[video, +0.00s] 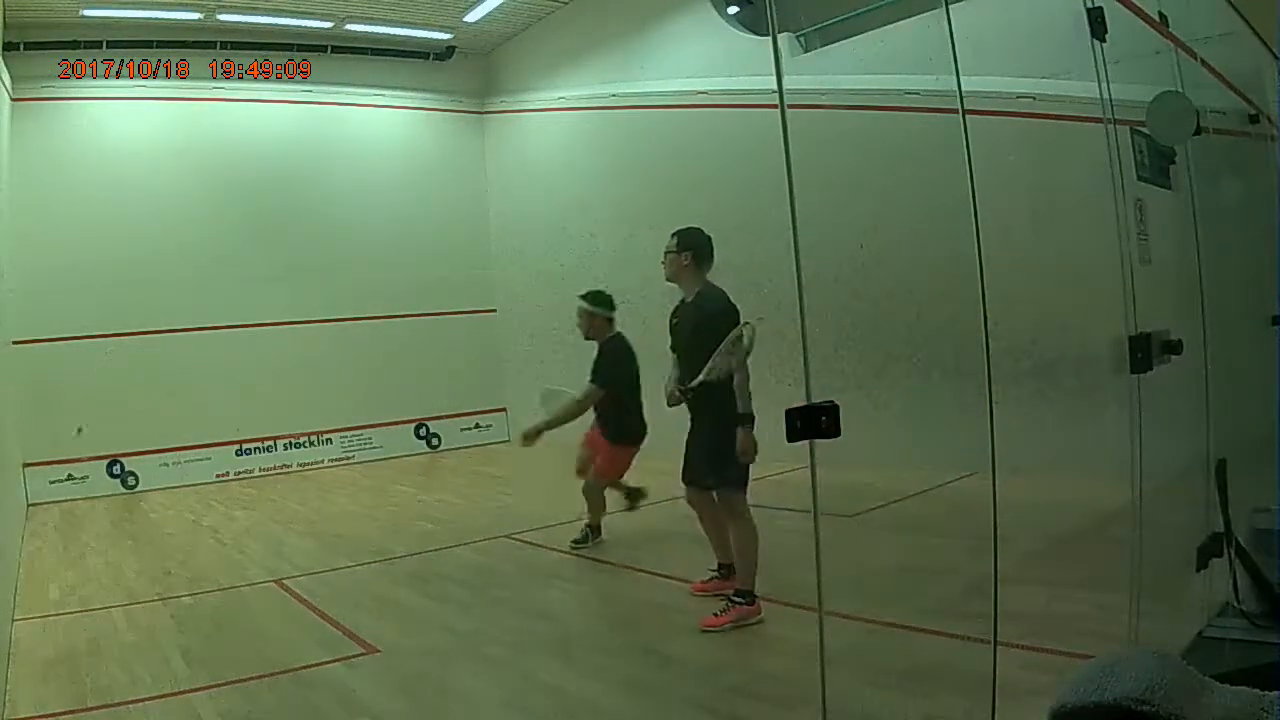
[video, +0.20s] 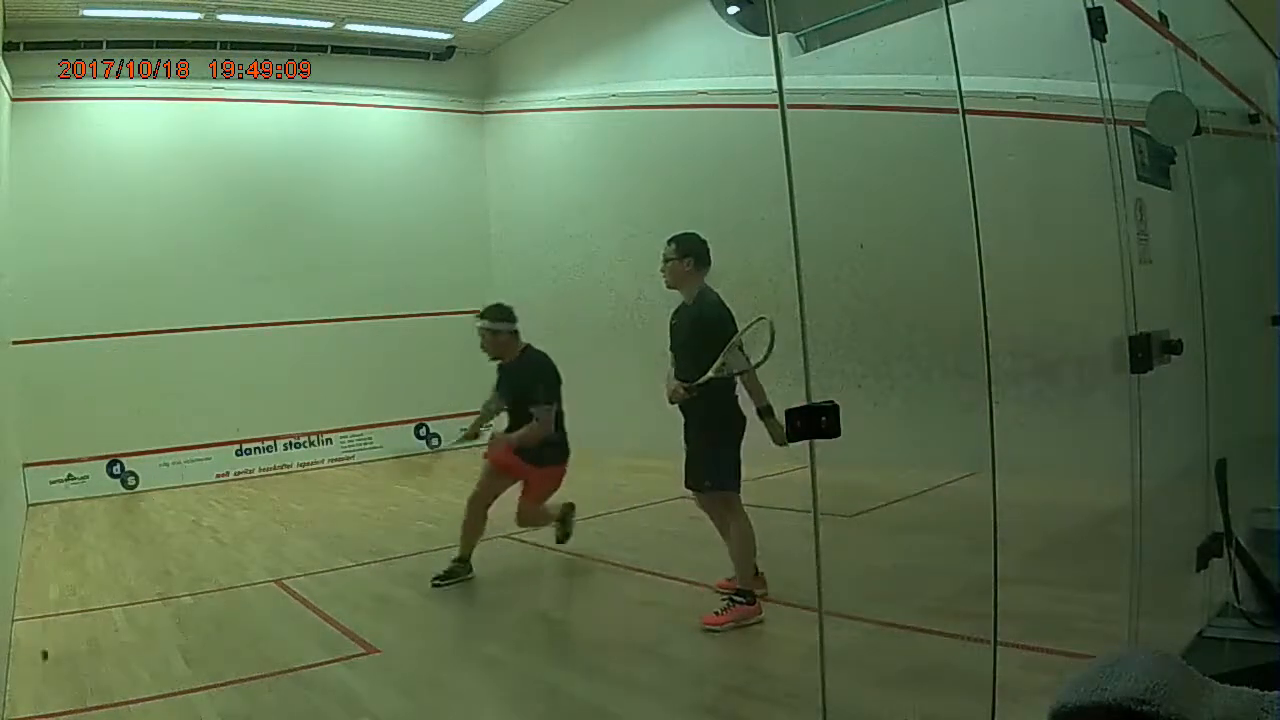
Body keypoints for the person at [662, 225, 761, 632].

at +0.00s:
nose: (663, 261)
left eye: (668, 255)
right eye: (664, 255)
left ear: (687, 259)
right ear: (686, 260)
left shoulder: (718, 306)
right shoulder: (680, 311)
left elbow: (739, 367)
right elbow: (681, 360)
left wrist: (745, 424)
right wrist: (674, 385)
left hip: (727, 418)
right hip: (702, 418)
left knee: (732, 502)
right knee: (697, 494)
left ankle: (747, 599)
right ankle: (727, 570)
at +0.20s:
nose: (662, 268)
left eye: (669, 261)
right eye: (663, 261)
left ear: (691, 265)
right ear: (686, 267)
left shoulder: (713, 310)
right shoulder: (680, 314)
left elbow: (743, 368)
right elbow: (677, 364)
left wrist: (769, 417)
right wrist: (673, 385)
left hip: (721, 418)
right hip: (698, 418)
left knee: (726, 500)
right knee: (705, 495)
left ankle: (747, 597)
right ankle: (749, 574)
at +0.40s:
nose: (655, 273)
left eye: (661, 265)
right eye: (655, 266)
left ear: (684, 269)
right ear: (679, 271)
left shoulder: (693, 311)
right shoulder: (687, 307)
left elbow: (715, 370)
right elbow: (684, 365)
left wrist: (725, 418)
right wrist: (664, 387)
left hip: (692, 424)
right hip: (705, 421)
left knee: (677, 507)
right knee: (718, 498)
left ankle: (724, 585)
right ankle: (752, 575)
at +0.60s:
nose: (627, 281)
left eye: (634, 274)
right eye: (626, 275)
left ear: (656, 278)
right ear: (651, 281)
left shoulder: (661, 317)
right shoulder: (660, 313)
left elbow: (675, 372)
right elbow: (658, 365)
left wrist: (686, 428)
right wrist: (641, 393)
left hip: (662, 429)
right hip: (685, 424)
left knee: (619, 498)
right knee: (717, 498)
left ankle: (641, 583)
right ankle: (751, 574)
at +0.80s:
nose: (569, 302)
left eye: (576, 295)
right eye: (569, 296)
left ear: (598, 298)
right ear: (595, 301)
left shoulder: (604, 340)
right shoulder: (607, 335)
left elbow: (615, 397)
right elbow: (604, 387)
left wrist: (614, 450)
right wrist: (591, 413)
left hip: (619, 440)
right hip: (646, 436)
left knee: (563, 498)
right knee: (689, 503)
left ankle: (563, 580)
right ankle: (741, 564)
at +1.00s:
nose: (489, 313)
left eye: (492, 308)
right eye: (491, 308)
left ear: (503, 314)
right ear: (520, 313)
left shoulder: (517, 353)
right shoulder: (535, 344)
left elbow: (519, 414)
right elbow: (541, 403)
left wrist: (506, 458)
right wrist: (504, 437)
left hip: (554, 446)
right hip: (581, 439)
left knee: (517, 511)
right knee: (582, 513)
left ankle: (557, 582)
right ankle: (646, 538)